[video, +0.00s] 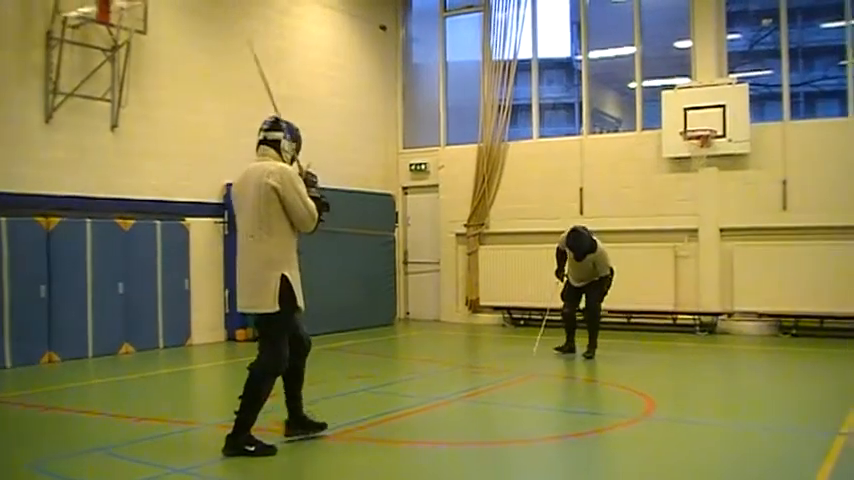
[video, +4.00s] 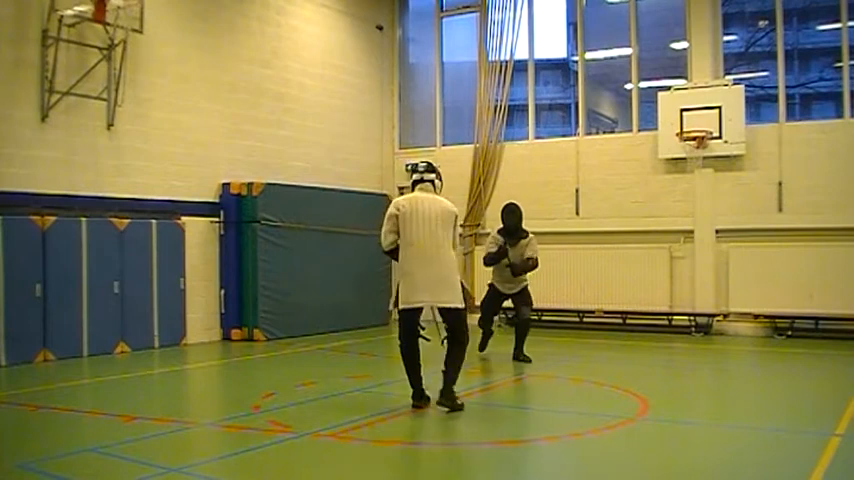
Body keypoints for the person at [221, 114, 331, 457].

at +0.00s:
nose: (296, 153)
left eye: (297, 147)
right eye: (295, 147)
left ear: (262, 143)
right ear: (286, 145)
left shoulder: (242, 178)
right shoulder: (282, 173)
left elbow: (258, 221)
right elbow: (307, 221)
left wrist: (301, 189)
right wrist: (310, 189)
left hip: (251, 280)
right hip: (276, 281)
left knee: (298, 345)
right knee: (273, 355)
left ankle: (296, 418)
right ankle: (239, 436)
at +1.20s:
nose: (336, 162)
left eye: (336, 157)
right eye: (335, 157)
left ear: (306, 154)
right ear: (328, 156)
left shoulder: (289, 185)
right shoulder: (322, 181)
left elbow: (306, 222)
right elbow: (345, 225)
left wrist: (338, 194)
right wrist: (349, 199)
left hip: (293, 278)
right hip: (315, 278)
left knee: (326, 344)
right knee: (325, 347)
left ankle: (325, 408)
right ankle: (280, 415)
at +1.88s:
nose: (352, 185)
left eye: (353, 180)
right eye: (351, 179)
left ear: (323, 173)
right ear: (342, 175)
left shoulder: (306, 201)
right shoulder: (333, 200)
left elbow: (326, 243)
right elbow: (353, 246)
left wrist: (354, 219)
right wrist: (362, 223)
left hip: (315, 291)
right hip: (333, 291)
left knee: (356, 338)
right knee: (339, 362)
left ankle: (371, 391)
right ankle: (286, 417)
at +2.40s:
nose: (394, 181)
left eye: (393, 177)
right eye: (394, 176)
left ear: (365, 173)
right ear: (388, 174)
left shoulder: (349, 201)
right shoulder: (384, 196)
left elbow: (366, 237)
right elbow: (404, 235)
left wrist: (398, 212)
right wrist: (408, 215)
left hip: (355, 279)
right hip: (375, 279)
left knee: (386, 335)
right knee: (377, 344)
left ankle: (380, 395)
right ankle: (322, 396)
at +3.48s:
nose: (414, 186)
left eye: (413, 182)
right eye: (414, 182)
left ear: (386, 182)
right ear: (410, 182)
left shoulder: (371, 211)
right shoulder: (415, 207)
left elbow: (378, 250)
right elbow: (430, 253)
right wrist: (428, 229)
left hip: (380, 298)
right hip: (408, 297)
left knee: (420, 328)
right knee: (412, 362)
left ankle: (419, 390)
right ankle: (367, 416)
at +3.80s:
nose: (429, 186)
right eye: (429, 181)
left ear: (402, 183)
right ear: (427, 183)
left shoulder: (387, 209)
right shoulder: (438, 208)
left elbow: (377, 250)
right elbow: (447, 254)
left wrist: (401, 258)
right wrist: (425, 258)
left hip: (399, 294)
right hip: (430, 294)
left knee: (411, 341)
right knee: (438, 355)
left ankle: (418, 392)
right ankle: (406, 386)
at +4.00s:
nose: (437, 186)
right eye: (437, 181)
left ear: (412, 182)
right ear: (437, 182)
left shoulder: (399, 204)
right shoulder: (450, 208)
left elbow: (388, 243)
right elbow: (453, 246)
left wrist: (411, 261)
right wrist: (434, 261)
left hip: (411, 283)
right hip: (445, 282)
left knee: (408, 335)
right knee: (459, 335)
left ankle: (418, 392)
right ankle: (448, 390)